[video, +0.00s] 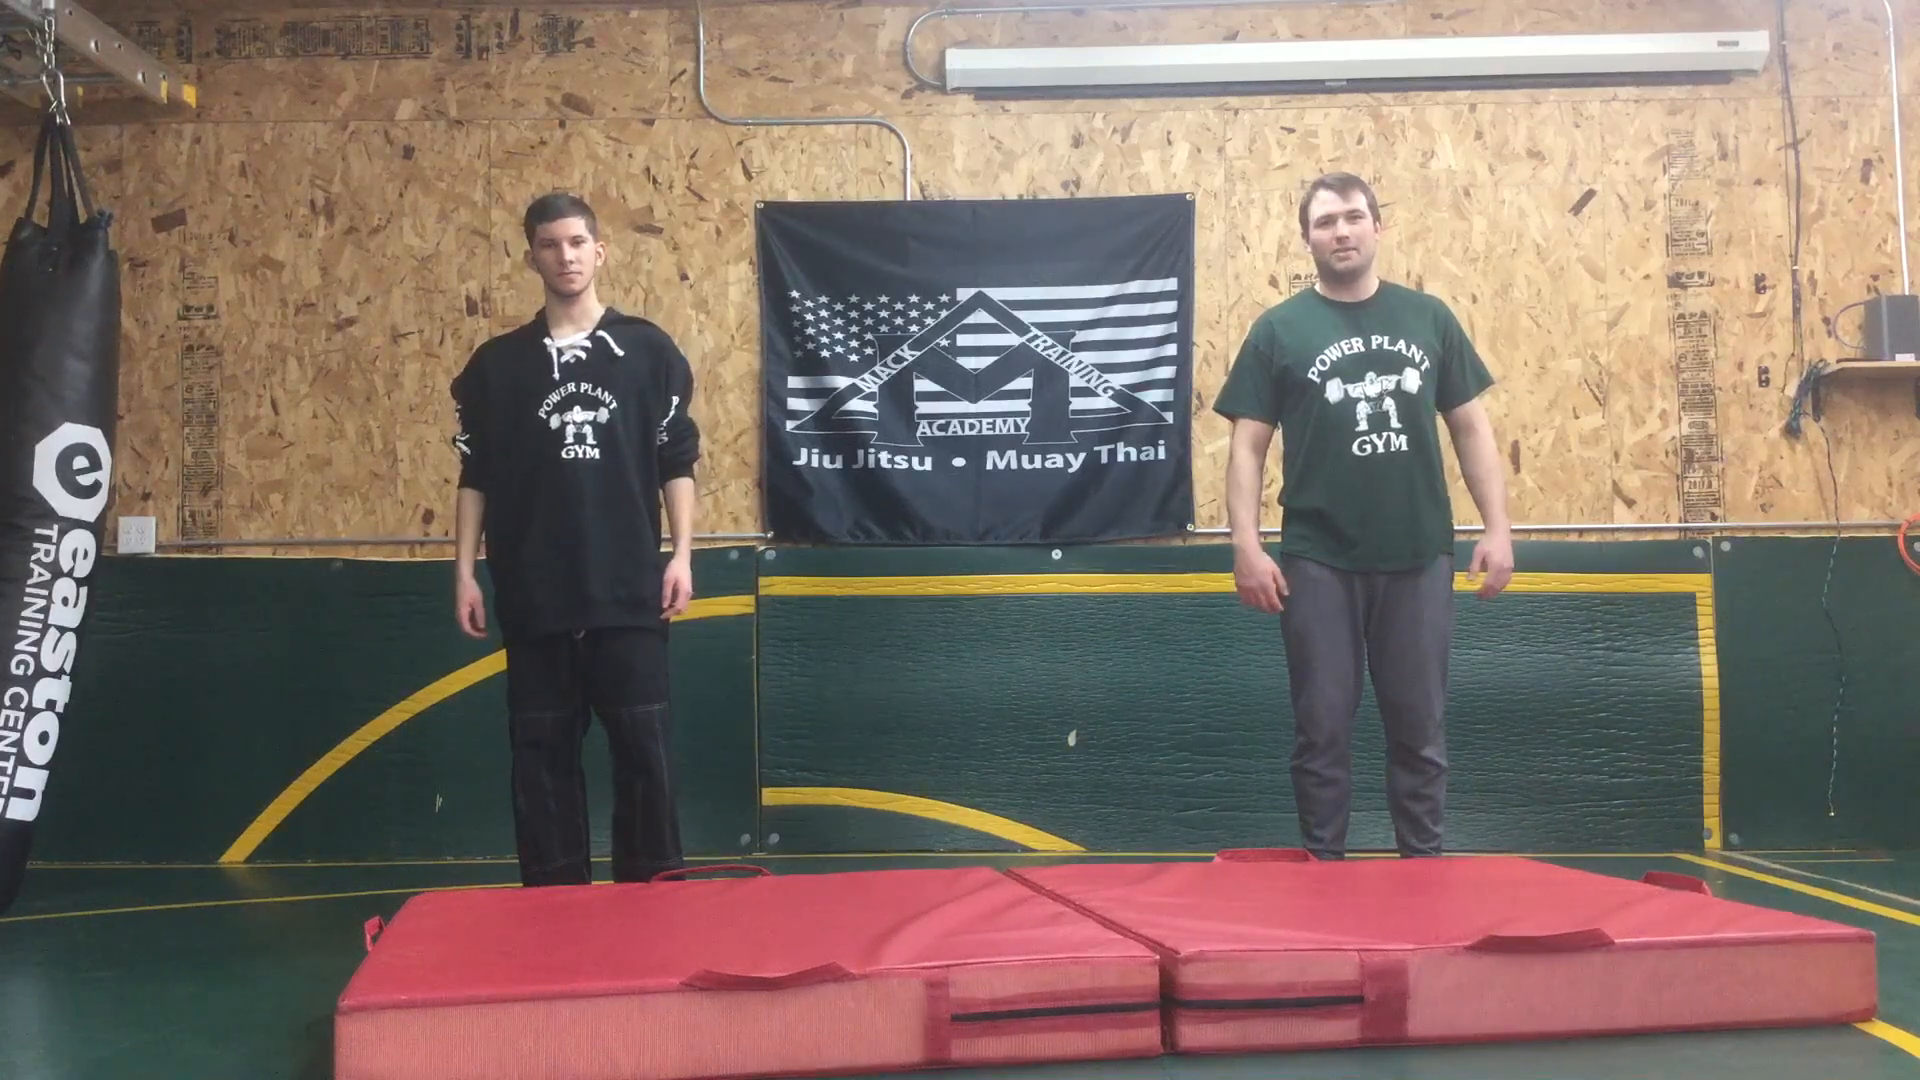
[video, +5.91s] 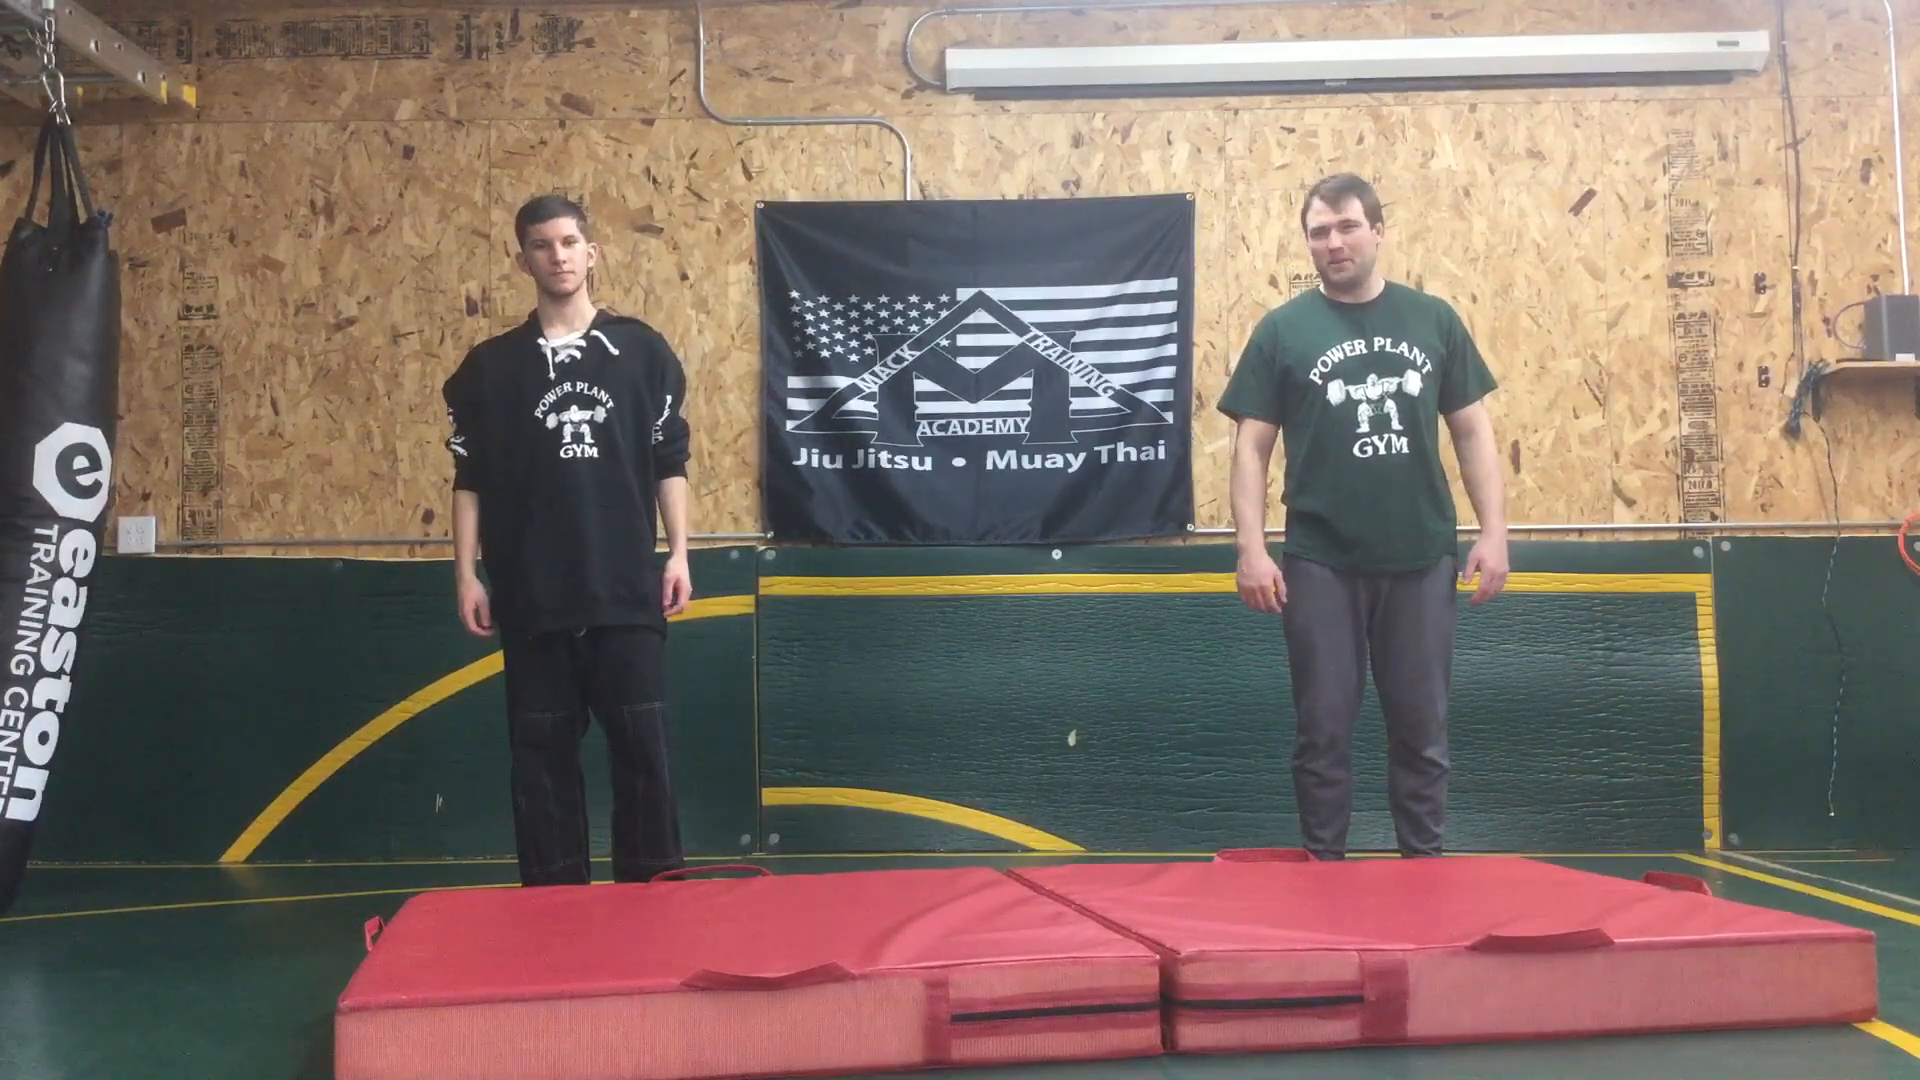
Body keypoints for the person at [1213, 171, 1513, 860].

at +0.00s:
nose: (1342, 231)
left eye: (1353, 218)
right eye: (1326, 222)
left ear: (1377, 228)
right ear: (1307, 239)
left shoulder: (1428, 318)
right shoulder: (1278, 331)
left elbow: (1469, 426)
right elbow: (1247, 445)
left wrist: (1498, 527)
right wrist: (1246, 546)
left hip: (1418, 555)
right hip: (1317, 557)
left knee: (1419, 727)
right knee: (1322, 726)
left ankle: (1423, 869)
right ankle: (1323, 870)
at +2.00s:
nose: (1328, 236)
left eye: (1341, 221)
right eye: (1313, 227)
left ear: (1372, 229)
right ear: (1300, 243)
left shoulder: (1426, 317)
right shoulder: (1277, 332)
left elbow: (1470, 424)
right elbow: (1247, 447)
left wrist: (1502, 522)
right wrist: (1248, 545)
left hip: (1417, 554)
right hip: (1317, 556)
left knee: (1419, 724)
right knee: (1322, 723)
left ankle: (1423, 868)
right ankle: (1323, 869)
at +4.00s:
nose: (1345, 235)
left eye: (1357, 221)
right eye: (1330, 225)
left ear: (1381, 231)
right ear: (1311, 240)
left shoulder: (1430, 319)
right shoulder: (1280, 330)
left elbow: (1471, 427)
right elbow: (1247, 444)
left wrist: (1500, 526)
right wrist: (1251, 539)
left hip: (1417, 554)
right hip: (1317, 556)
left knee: (1420, 727)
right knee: (1322, 726)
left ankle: (1423, 870)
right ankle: (1324, 872)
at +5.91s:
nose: (1333, 243)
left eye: (1346, 228)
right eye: (1319, 232)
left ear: (1377, 232)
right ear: (1306, 242)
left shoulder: (1434, 321)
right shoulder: (1282, 331)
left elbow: (1471, 429)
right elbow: (1252, 445)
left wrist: (1494, 531)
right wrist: (1251, 548)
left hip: (1420, 556)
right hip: (1319, 558)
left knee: (1422, 728)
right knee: (1323, 726)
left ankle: (1424, 870)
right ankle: (1324, 872)